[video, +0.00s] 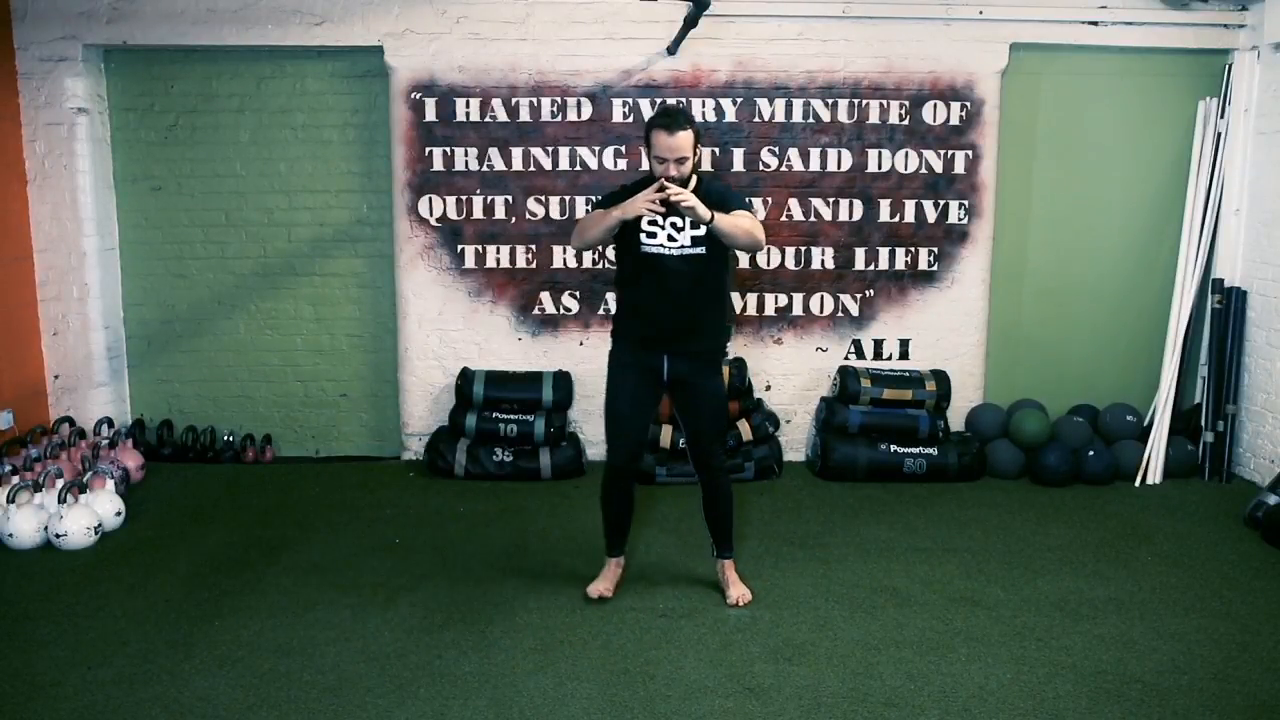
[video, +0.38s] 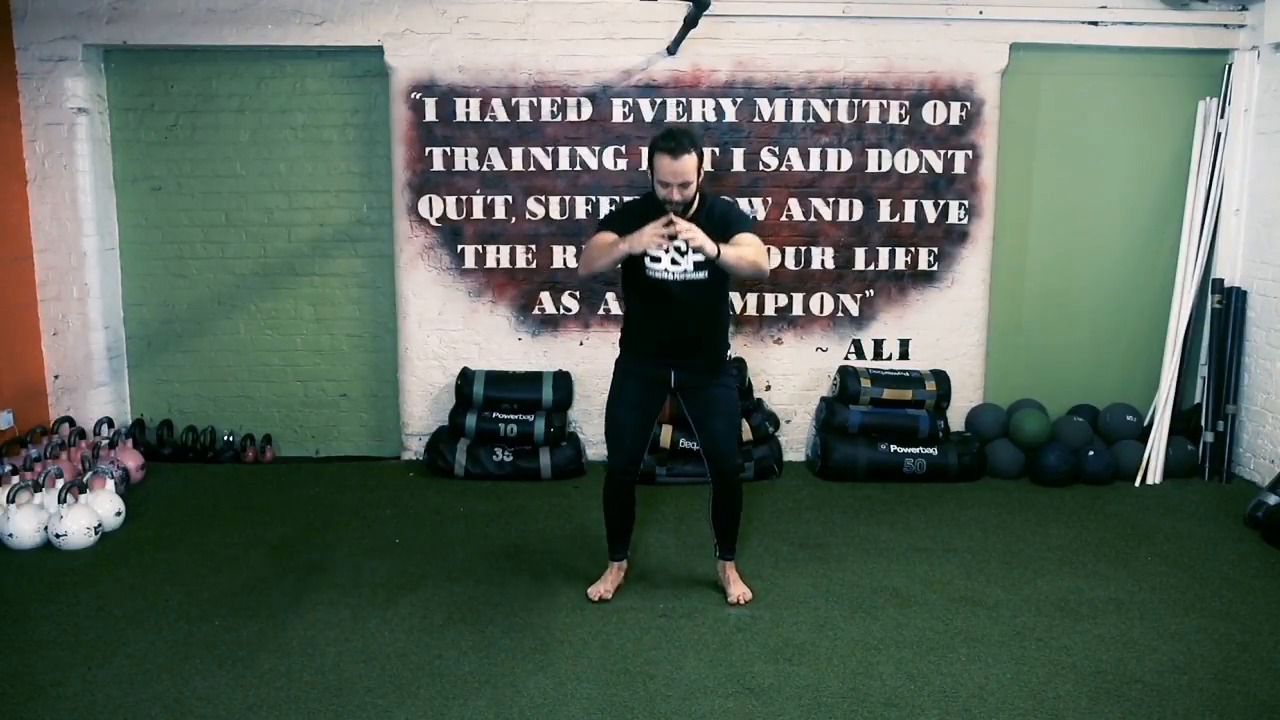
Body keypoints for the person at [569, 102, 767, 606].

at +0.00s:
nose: (670, 169)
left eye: (680, 159)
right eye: (661, 159)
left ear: (695, 153)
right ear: (648, 153)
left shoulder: (716, 193)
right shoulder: (628, 195)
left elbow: (754, 238)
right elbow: (580, 238)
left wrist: (704, 214)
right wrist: (625, 210)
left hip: (699, 351)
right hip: (635, 349)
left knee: (711, 459)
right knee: (622, 455)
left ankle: (726, 563)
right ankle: (614, 560)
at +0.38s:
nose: (674, 195)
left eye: (683, 184)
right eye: (665, 184)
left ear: (700, 174)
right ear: (652, 175)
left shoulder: (720, 213)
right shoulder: (634, 213)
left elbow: (759, 265)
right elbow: (586, 263)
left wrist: (711, 247)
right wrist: (633, 242)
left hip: (707, 365)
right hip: (640, 362)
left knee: (727, 465)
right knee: (621, 463)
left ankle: (727, 562)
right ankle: (617, 562)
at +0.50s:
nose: (672, 237)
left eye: (682, 227)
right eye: (663, 227)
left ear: (697, 216)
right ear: (650, 216)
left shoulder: (716, 247)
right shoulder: (632, 245)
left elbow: (758, 299)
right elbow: (587, 298)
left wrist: (713, 292)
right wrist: (632, 286)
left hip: (706, 379)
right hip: (641, 378)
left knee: (738, 471)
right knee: (613, 471)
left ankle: (727, 563)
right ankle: (617, 563)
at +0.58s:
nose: (672, 275)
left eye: (681, 266)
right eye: (662, 266)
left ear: (697, 252)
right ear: (649, 252)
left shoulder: (718, 282)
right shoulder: (631, 283)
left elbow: (757, 333)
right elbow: (589, 331)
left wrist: (716, 330)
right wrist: (635, 323)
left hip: (706, 394)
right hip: (641, 393)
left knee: (744, 476)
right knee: (605, 478)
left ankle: (727, 565)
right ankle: (617, 565)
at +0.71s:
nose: (672, 338)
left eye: (682, 329)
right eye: (663, 329)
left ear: (697, 311)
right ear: (649, 313)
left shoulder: (719, 333)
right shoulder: (632, 334)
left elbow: (757, 389)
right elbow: (593, 388)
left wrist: (723, 392)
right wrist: (639, 385)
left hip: (707, 425)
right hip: (642, 423)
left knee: (751, 485)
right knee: (597, 487)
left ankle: (726, 567)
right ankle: (616, 568)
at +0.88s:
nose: (673, 399)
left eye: (683, 390)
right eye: (664, 390)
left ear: (698, 370)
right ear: (651, 371)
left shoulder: (721, 391)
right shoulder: (630, 390)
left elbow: (761, 449)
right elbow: (597, 449)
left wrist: (726, 458)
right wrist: (642, 456)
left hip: (703, 479)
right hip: (645, 479)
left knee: (755, 491)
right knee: (594, 493)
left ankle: (724, 570)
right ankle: (616, 569)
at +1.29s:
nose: (677, 341)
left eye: (687, 332)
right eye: (668, 331)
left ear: (702, 318)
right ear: (655, 318)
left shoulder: (720, 343)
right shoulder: (634, 344)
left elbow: (764, 394)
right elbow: (601, 393)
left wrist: (729, 394)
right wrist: (653, 390)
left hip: (706, 432)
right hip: (641, 432)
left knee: (745, 488)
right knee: (605, 489)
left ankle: (723, 568)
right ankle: (618, 567)